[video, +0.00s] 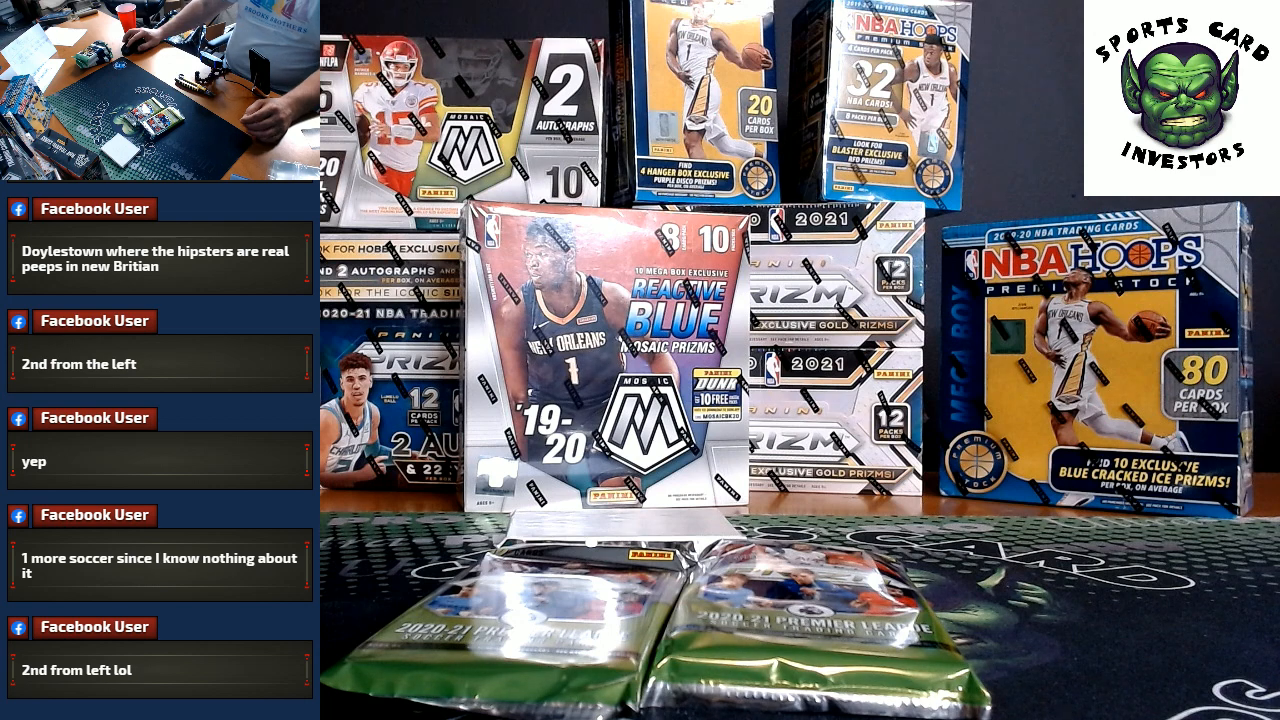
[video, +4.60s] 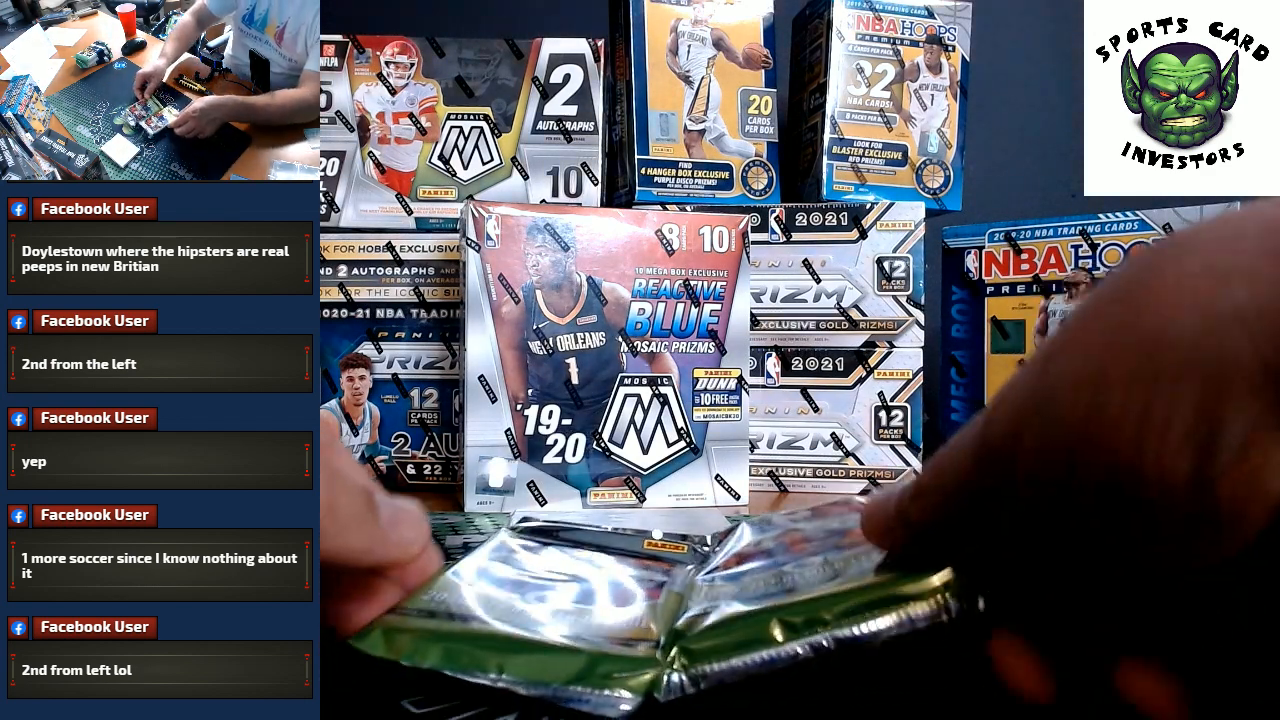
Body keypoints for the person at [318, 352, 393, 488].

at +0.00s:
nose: (356, 385)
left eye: (362, 378)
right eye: (350, 379)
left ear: (370, 382)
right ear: (341, 383)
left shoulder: (372, 413)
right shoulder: (325, 419)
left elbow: (373, 450)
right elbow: (316, 477)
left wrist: (406, 456)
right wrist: (360, 475)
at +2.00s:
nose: (356, 385)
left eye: (362, 378)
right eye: (350, 379)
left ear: (370, 382)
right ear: (341, 383)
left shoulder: (372, 413)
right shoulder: (325, 419)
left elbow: (373, 450)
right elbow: (316, 477)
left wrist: (406, 456)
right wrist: (360, 475)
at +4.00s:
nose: (356, 385)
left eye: (362, 378)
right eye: (350, 379)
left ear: (370, 382)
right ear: (341, 383)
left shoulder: (372, 413)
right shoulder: (325, 419)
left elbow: (373, 450)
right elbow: (316, 477)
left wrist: (406, 456)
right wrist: (360, 475)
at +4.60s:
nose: (356, 386)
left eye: (362, 378)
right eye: (350, 380)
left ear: (370, 382)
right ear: (342, 384)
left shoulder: (372, 413)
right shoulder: (326, 417)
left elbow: (374, 450)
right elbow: (331, 469)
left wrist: (404, 455)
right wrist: (364, 472)